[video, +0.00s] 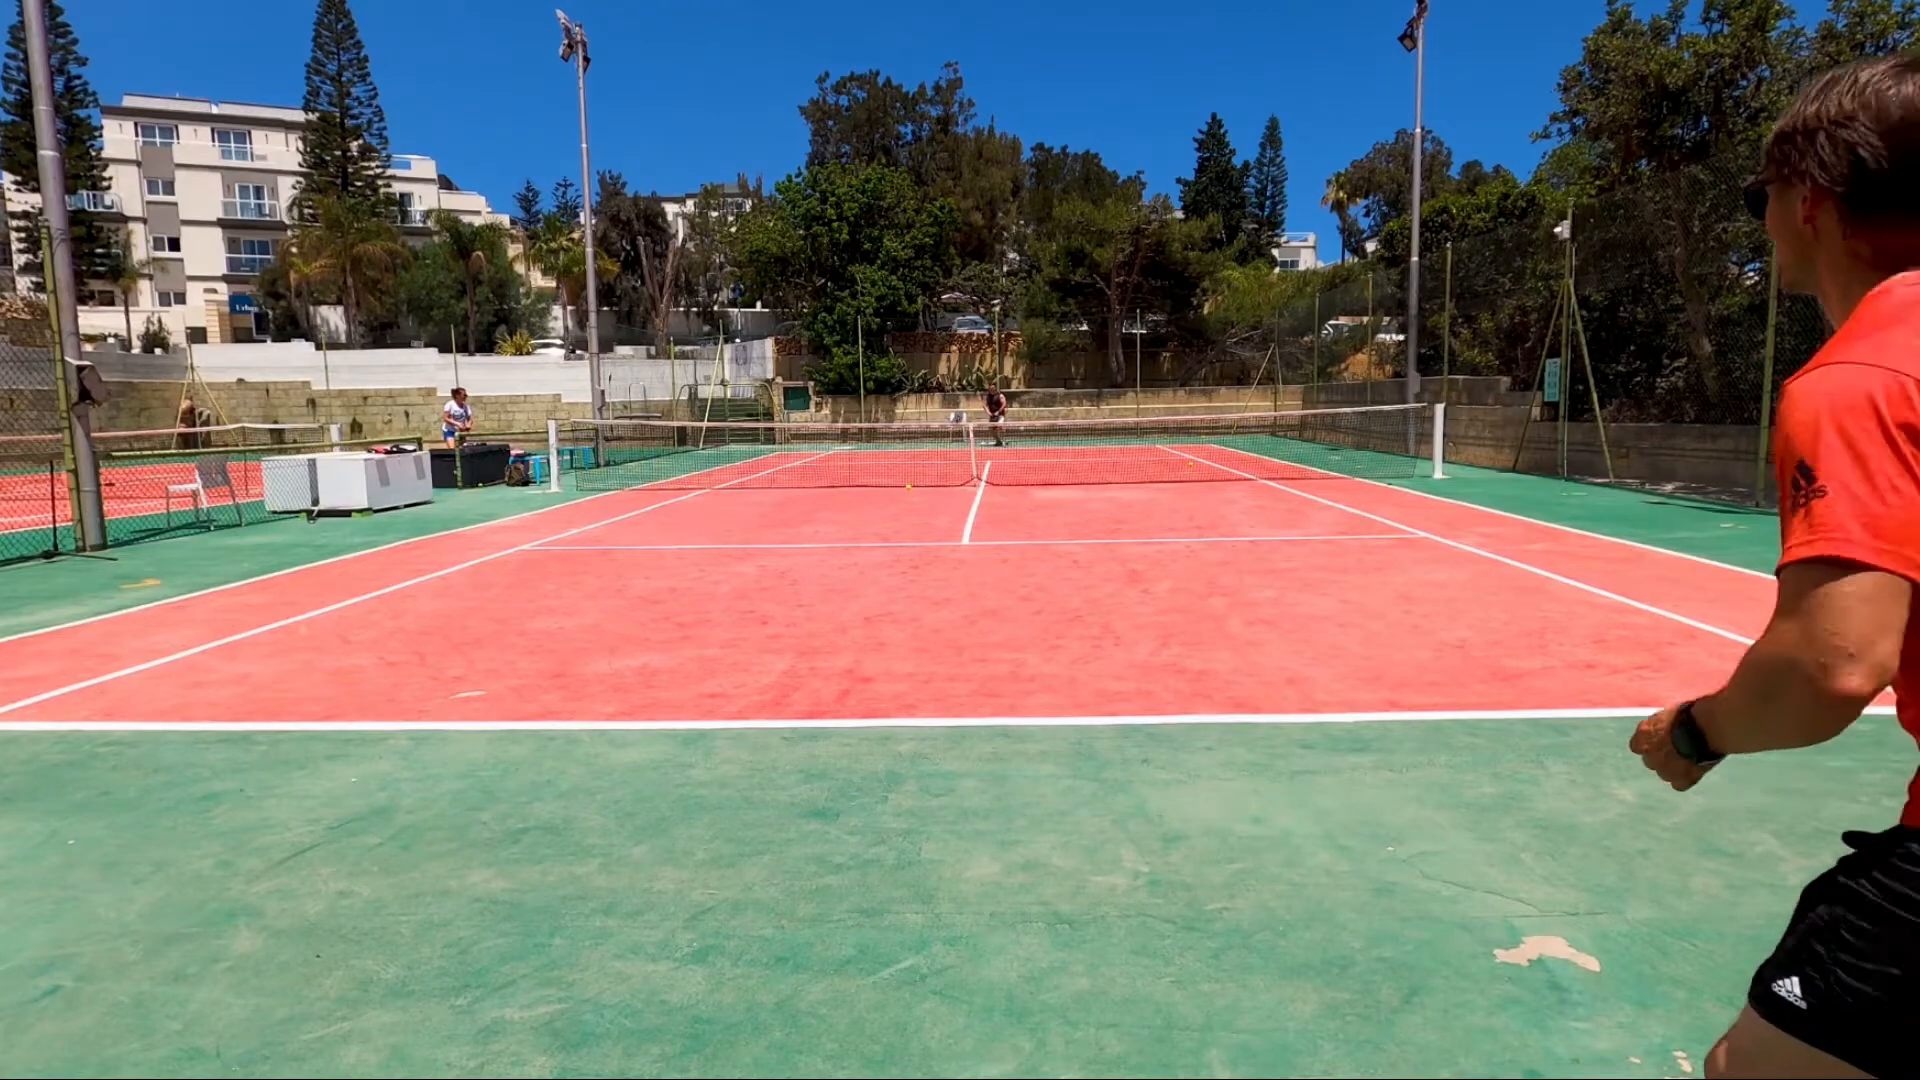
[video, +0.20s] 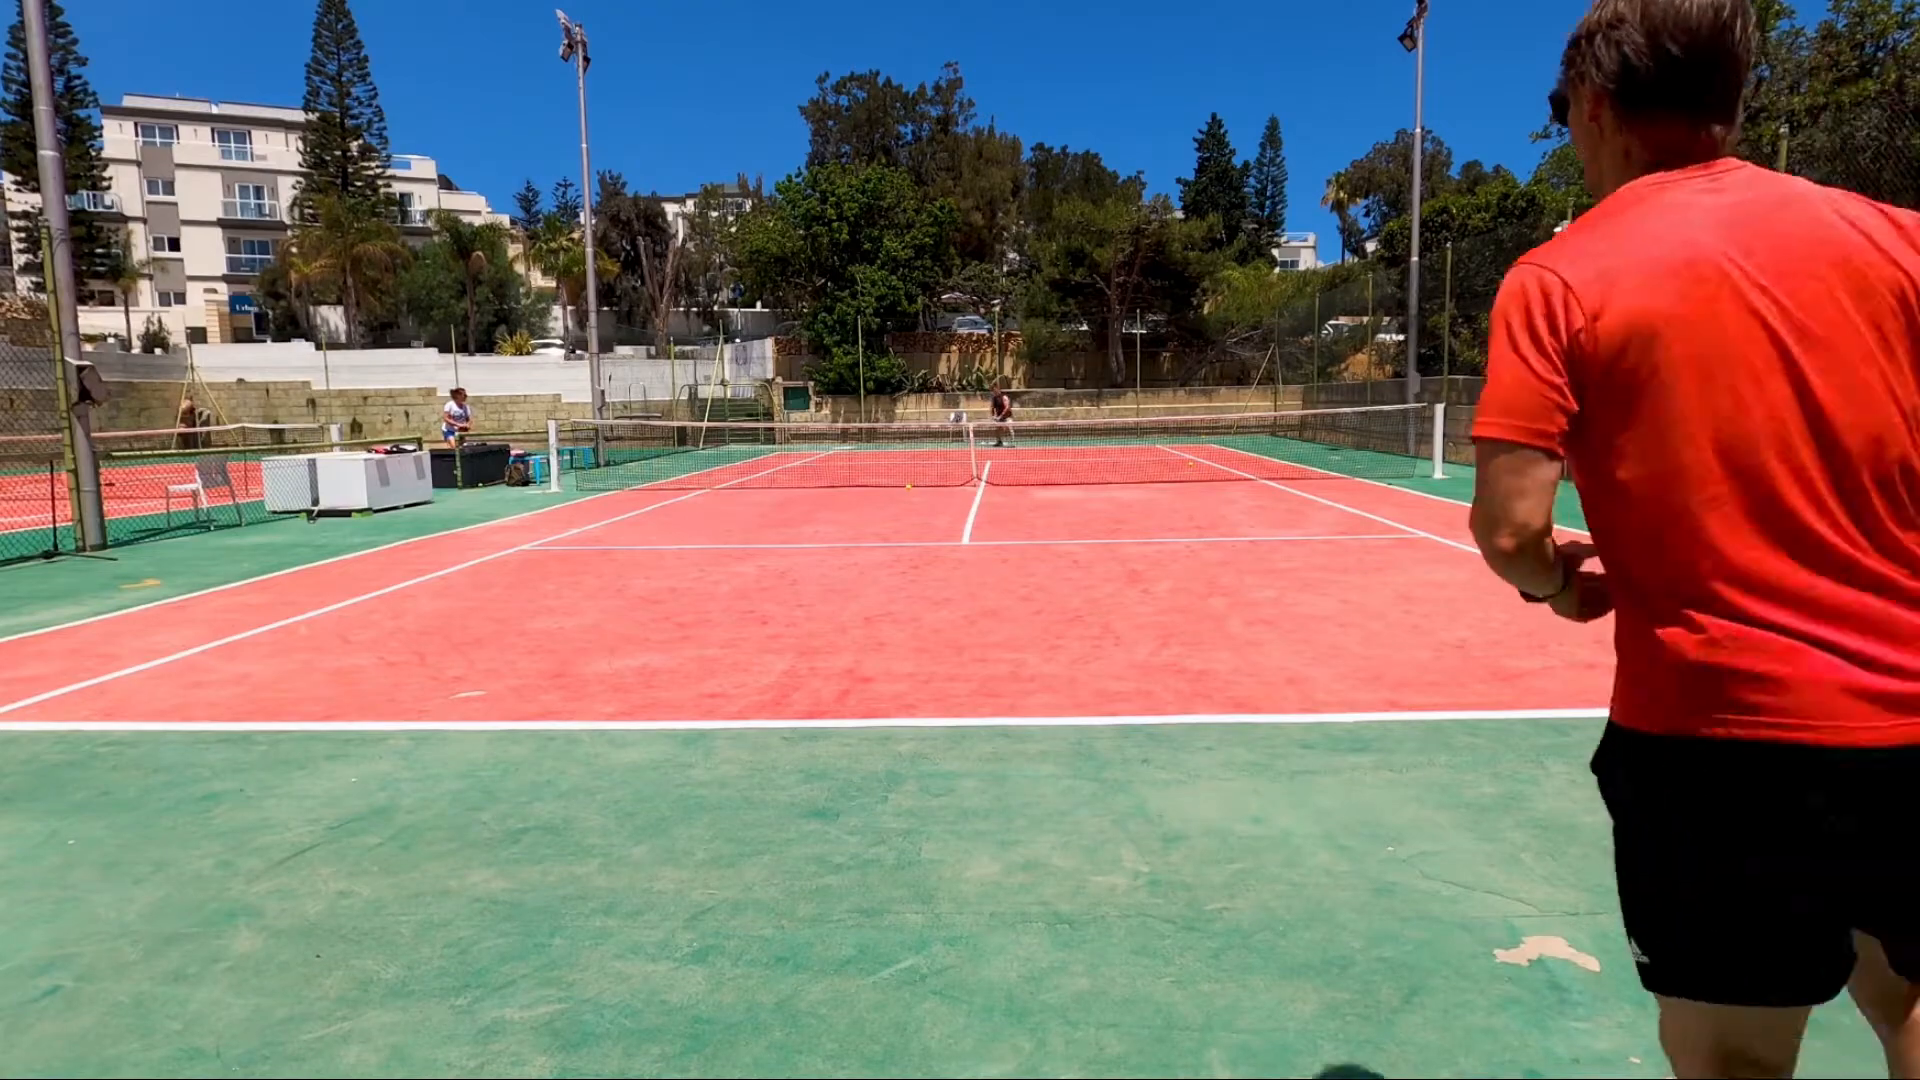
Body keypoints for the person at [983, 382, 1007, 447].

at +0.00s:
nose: (992, 391)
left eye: (993, 389)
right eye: (991, 389)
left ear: (995, 389)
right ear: (989, 390)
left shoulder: (1000, 396)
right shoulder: (988, 397)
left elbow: (1004, 404)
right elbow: (985, 405)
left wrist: (998, 412)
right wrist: (989, 413)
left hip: (1000, 414)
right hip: (992, 414)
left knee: (998, 426)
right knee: (992, 428)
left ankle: (1000, 440)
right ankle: (998, 441)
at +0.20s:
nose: (995, 392)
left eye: (996, 390)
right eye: (994, 391)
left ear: (999, 390)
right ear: (993, 392)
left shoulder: (1004, 397)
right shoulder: (994, 399)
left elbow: (1007, 407)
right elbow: (992, 408)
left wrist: (1000, 416)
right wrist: (993, 415)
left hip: (1006, 416)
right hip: (999, 416)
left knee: (1009, 427)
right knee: (997, 429)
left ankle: (1012, 442)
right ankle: (999, 441)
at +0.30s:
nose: (996, 391)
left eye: (997, 389)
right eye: (995, 389)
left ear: (1000, 388)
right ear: (994, 390)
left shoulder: (1005, 397)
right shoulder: (997, 398)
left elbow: (1006, 408)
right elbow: (995, 407)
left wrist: (1000, 416)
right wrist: (995, 416)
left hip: (1010, 415)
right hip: (1003, 415)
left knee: (1009, 426)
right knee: (1000, 426)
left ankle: (1012, 439)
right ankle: (1005, 439)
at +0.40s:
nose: (997, 392)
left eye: (998, 390)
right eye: (996, 391)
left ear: (1000, 389)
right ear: (995, 391)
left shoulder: (1007, 396)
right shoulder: (999, 397)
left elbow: (1004, 407)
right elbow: (998, 407)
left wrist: (999, 416)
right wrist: (995, 415)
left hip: (1013, 412)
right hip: (1006, 413)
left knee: (1010, 424)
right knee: (1002, 426)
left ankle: (1014, 440)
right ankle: (1010, 439)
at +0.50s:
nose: (1000, 392)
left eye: (1000, 390)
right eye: (998, 391)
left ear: (1003, 390)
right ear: (998, 392)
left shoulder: (1008, 397)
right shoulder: (1001, 398)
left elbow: (1005, 405)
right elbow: (1000, 407)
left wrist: (999, 412)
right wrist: (997, 415)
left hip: (1014, 413)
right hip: (1008, 414)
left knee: (1012, 424)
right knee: (1008, 426)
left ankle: (1017, 440)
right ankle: (1013, 441)